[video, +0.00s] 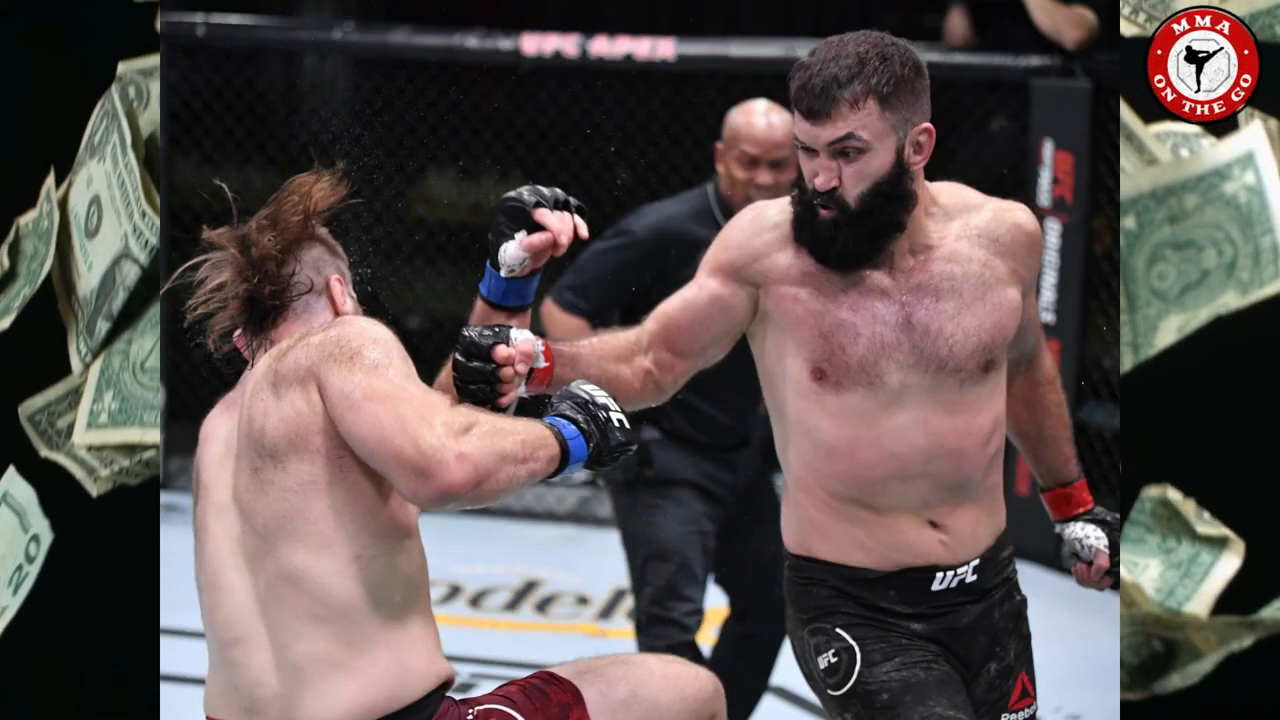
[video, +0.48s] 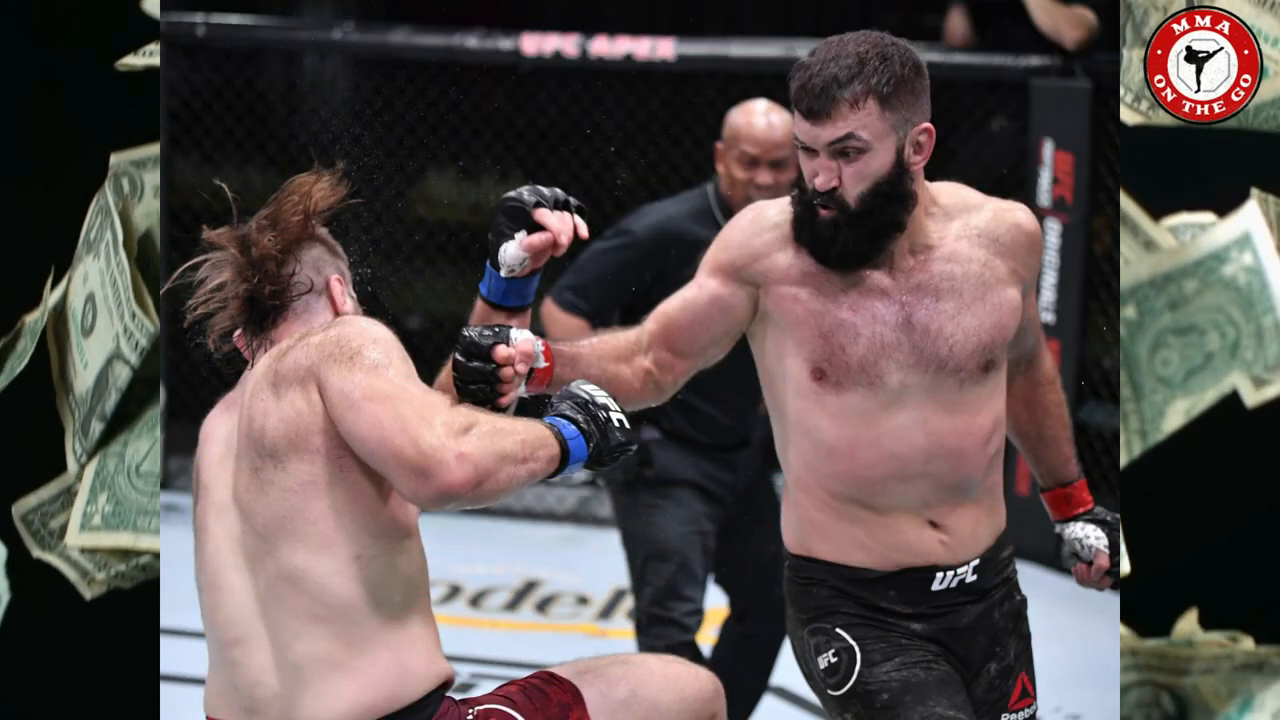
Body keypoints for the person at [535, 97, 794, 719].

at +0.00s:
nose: (767, 181)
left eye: (781, 165)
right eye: (750, 164)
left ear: (799, 162)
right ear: (719, 158)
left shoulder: (804, 238)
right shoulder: (661, 232)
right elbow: (560, 312)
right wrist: (612, 416)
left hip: (750, 460)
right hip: (663, 457)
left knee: (767, 609)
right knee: (671, 615)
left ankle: (720, 719)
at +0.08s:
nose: (767, 180)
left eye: (781, 165)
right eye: (750, 164)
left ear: (799, 162)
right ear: (719, 157)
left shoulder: (803, 239)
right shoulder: (661, 232)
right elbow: (560, 312)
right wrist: (613, 415)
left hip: (749, 460)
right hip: (663, 457)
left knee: (767, 608)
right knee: (671, 615)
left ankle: (720, 719)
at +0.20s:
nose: (767, 180)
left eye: (781, 165)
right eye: (750, 164)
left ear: (799, 162)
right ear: (719, 157)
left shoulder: (803, 239)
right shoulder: (661, 232)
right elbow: (560, 312)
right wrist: (613, 415)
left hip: (749, 460)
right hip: (663, 457)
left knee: (767, 608)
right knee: (671, 615)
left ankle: (720, 719)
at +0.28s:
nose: (766, 180)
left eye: (780, 165)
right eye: (750, 163)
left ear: (799, 163)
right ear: (719, 157)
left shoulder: (803, 238)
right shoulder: (661, 232)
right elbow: (561, 311)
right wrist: (613, 418)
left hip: (749, 460)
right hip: (663, 456)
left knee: (767, 608)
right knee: (671, 614)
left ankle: (721, 718)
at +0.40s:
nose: (766, 180)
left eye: (780, 165)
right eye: (750, 163)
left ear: (799, 163)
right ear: (719, 157)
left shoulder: (803, 238)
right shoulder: (661, 232)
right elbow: (561, 311)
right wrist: (613, 418)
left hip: (749, 460)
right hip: (663, 456)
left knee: (767, 608)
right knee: (671, 614)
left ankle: (721, 718)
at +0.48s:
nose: (767, 180)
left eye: (781, 165)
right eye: (750, 164)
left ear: (799, 162)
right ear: (719, 157)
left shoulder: (803, 239)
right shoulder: (661, 232)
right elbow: (560, 312)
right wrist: (613, 415)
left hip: (749, 460)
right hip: (663, 457)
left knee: (767, 608)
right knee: (671, 615)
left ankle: (720, 719)